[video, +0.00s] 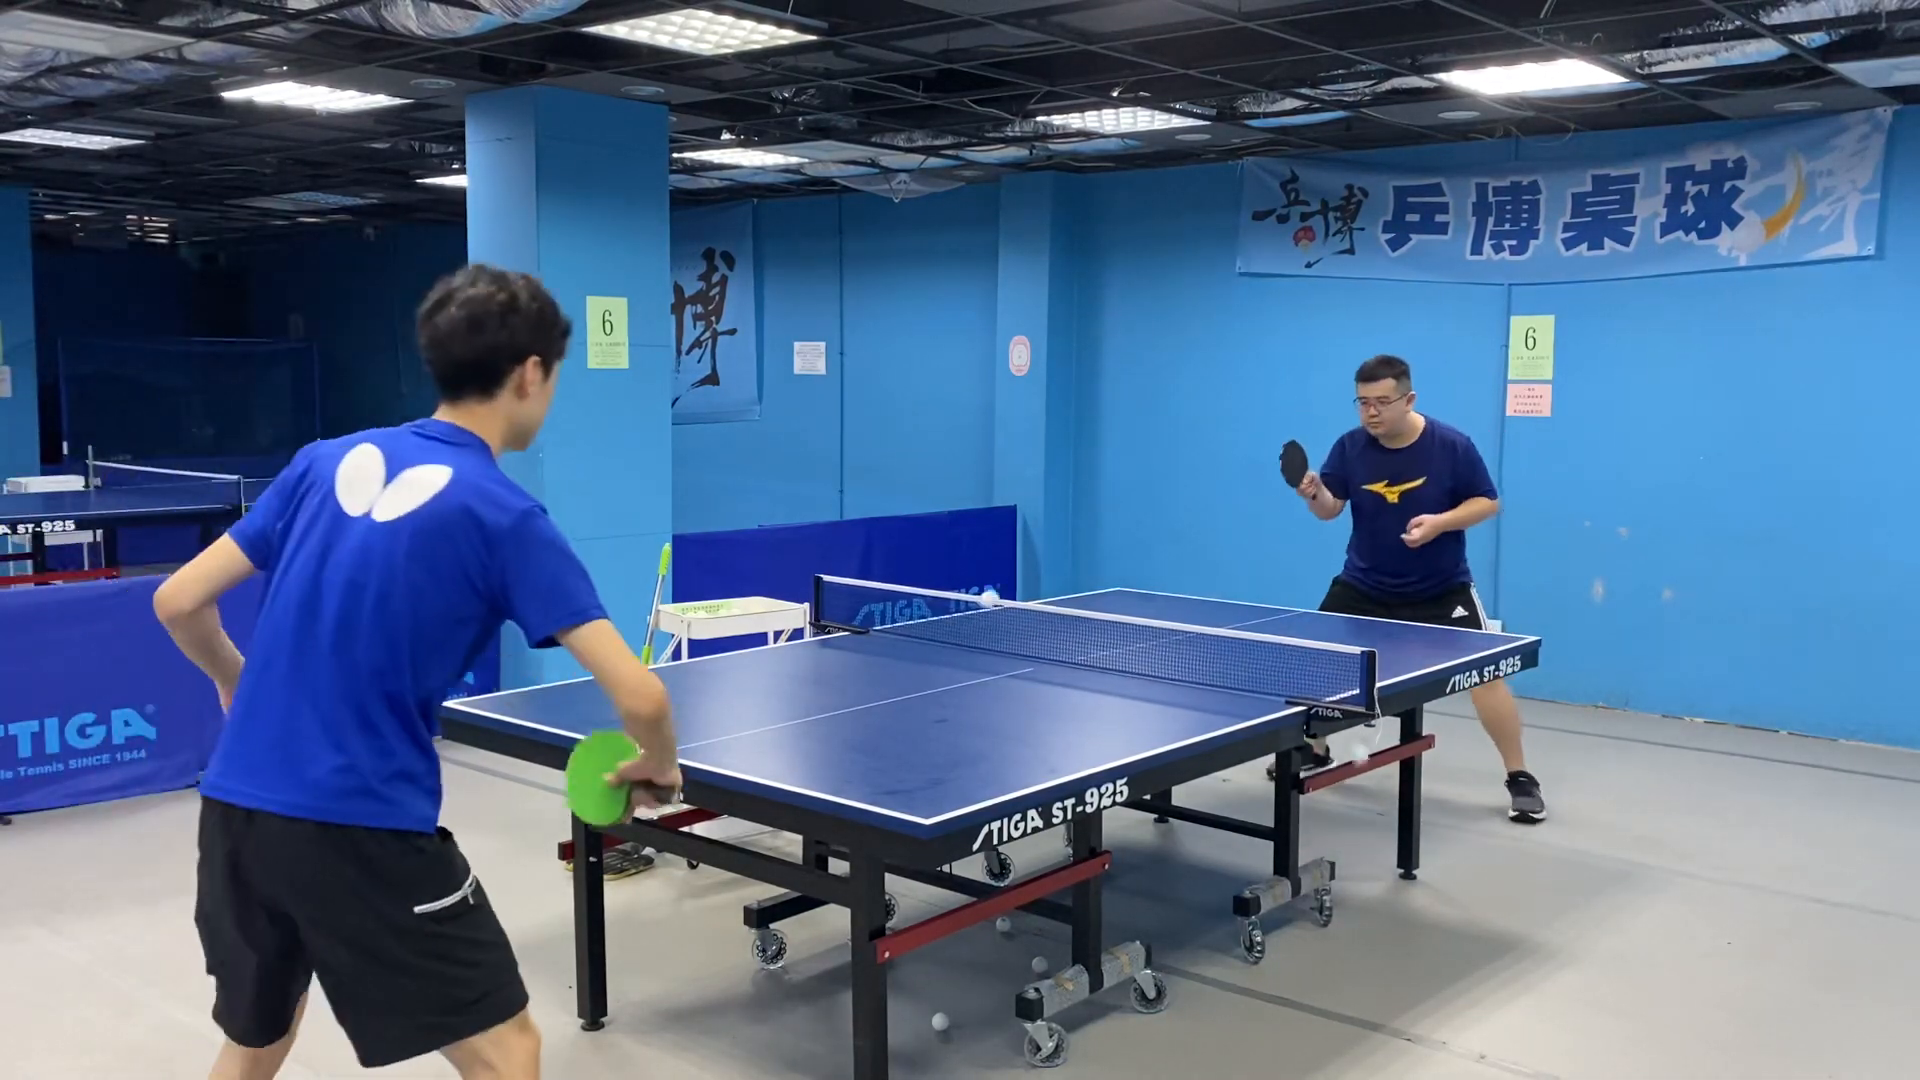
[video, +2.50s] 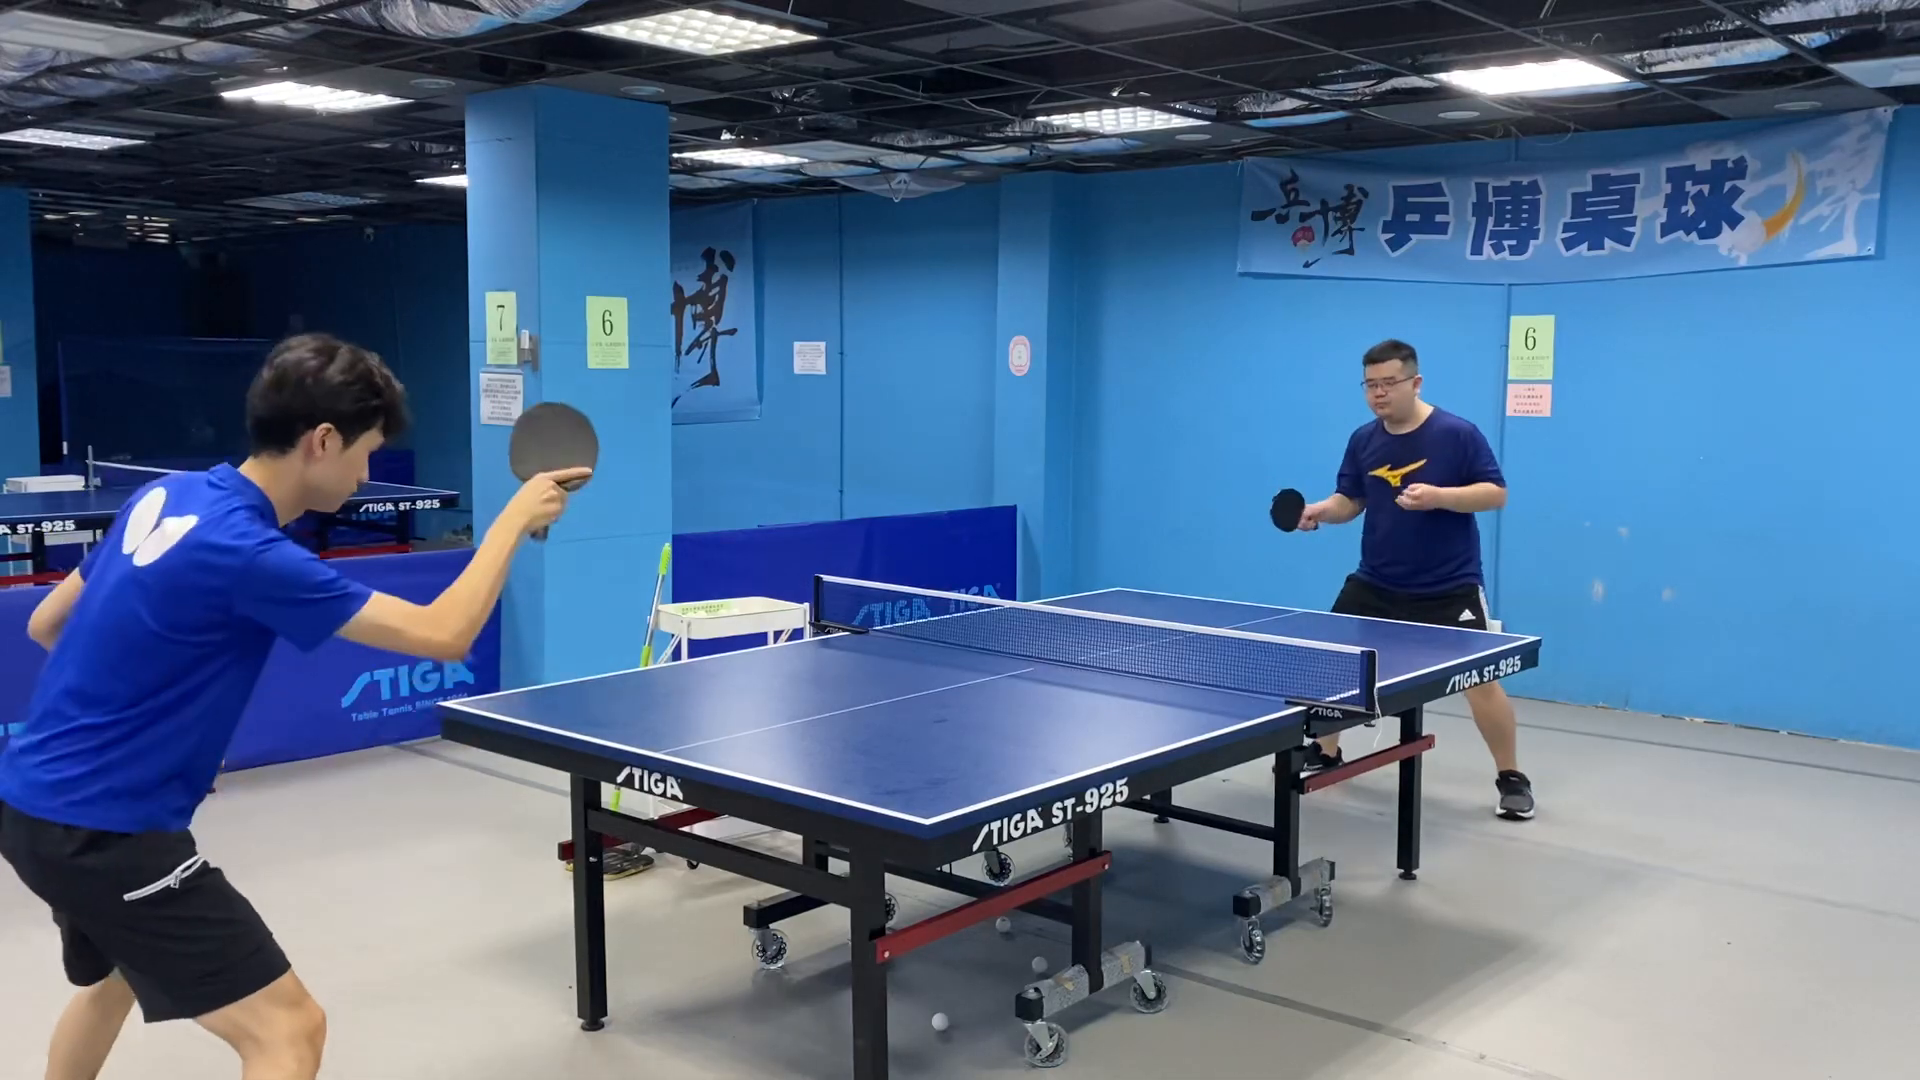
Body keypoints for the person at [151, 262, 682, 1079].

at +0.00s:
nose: (552, 392)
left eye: (555, 372)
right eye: (554, 371)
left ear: (442, 364)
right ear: (527, 374)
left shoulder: (323, 461)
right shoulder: (504, 512)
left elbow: (180, 600)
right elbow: (643, 699)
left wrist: (237, 681)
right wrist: (658, 761)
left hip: (237, 805)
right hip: (363, 825)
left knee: (254, 1035)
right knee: (503, 1051)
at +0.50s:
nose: (542, 369)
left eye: (540, 352)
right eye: (541, 355)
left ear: (435, 357)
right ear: (522, 364)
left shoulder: (331, 456)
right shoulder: (539, 498)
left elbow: (196, 600)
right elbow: (712, 571)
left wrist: (196, 690)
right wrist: (794, 527)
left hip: (259, 796)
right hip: (395, 819)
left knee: (219, 990)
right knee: (504, 1044)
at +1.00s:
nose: (445, 374)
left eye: (445, 354)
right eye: (443, 354)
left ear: (334, 355)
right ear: (408, 365)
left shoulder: (256, 445)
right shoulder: (357, 508)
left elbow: (147, 577)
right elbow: (383, 715)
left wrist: (225, 658)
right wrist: (537, 698)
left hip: (147, 761)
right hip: (233, 790)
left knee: (200, 938)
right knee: (341, 1030)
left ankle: (118, 1073)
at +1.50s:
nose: (333, 401)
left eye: (332, 382)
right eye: (331, 382)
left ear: (230, 381)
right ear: (303, 390)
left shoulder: (136, 478)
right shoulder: (303, 525)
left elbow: (30, 622)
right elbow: (482, 614)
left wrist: (114, 695)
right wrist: (566, 580)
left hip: (61, 792)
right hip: (157, 810)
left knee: (112, 955)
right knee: (306, 1028)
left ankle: (53, 1076)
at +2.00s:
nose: (324, 387)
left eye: (324, 368)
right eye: (322, 367)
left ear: (217, 370)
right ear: (286, 376)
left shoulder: (146, 466)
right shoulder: (246, 522)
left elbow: (59, 613)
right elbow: (288, 720)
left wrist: (194, 693)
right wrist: (428, 694)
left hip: (65, 775)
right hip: (144, 797)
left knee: (114, 970)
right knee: (280, 1026)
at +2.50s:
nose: (365, 477)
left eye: (372, 459)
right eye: (366, 456)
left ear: (304, 437)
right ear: (319, 440)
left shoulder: (165, 496)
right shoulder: (251, 553)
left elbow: (46, 621)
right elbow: (445, 633)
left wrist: (144, 686)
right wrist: (516, 521)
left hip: (38, 802)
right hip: (108, 829)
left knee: (110, 979)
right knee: (286, 1030)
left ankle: (54, 1079)